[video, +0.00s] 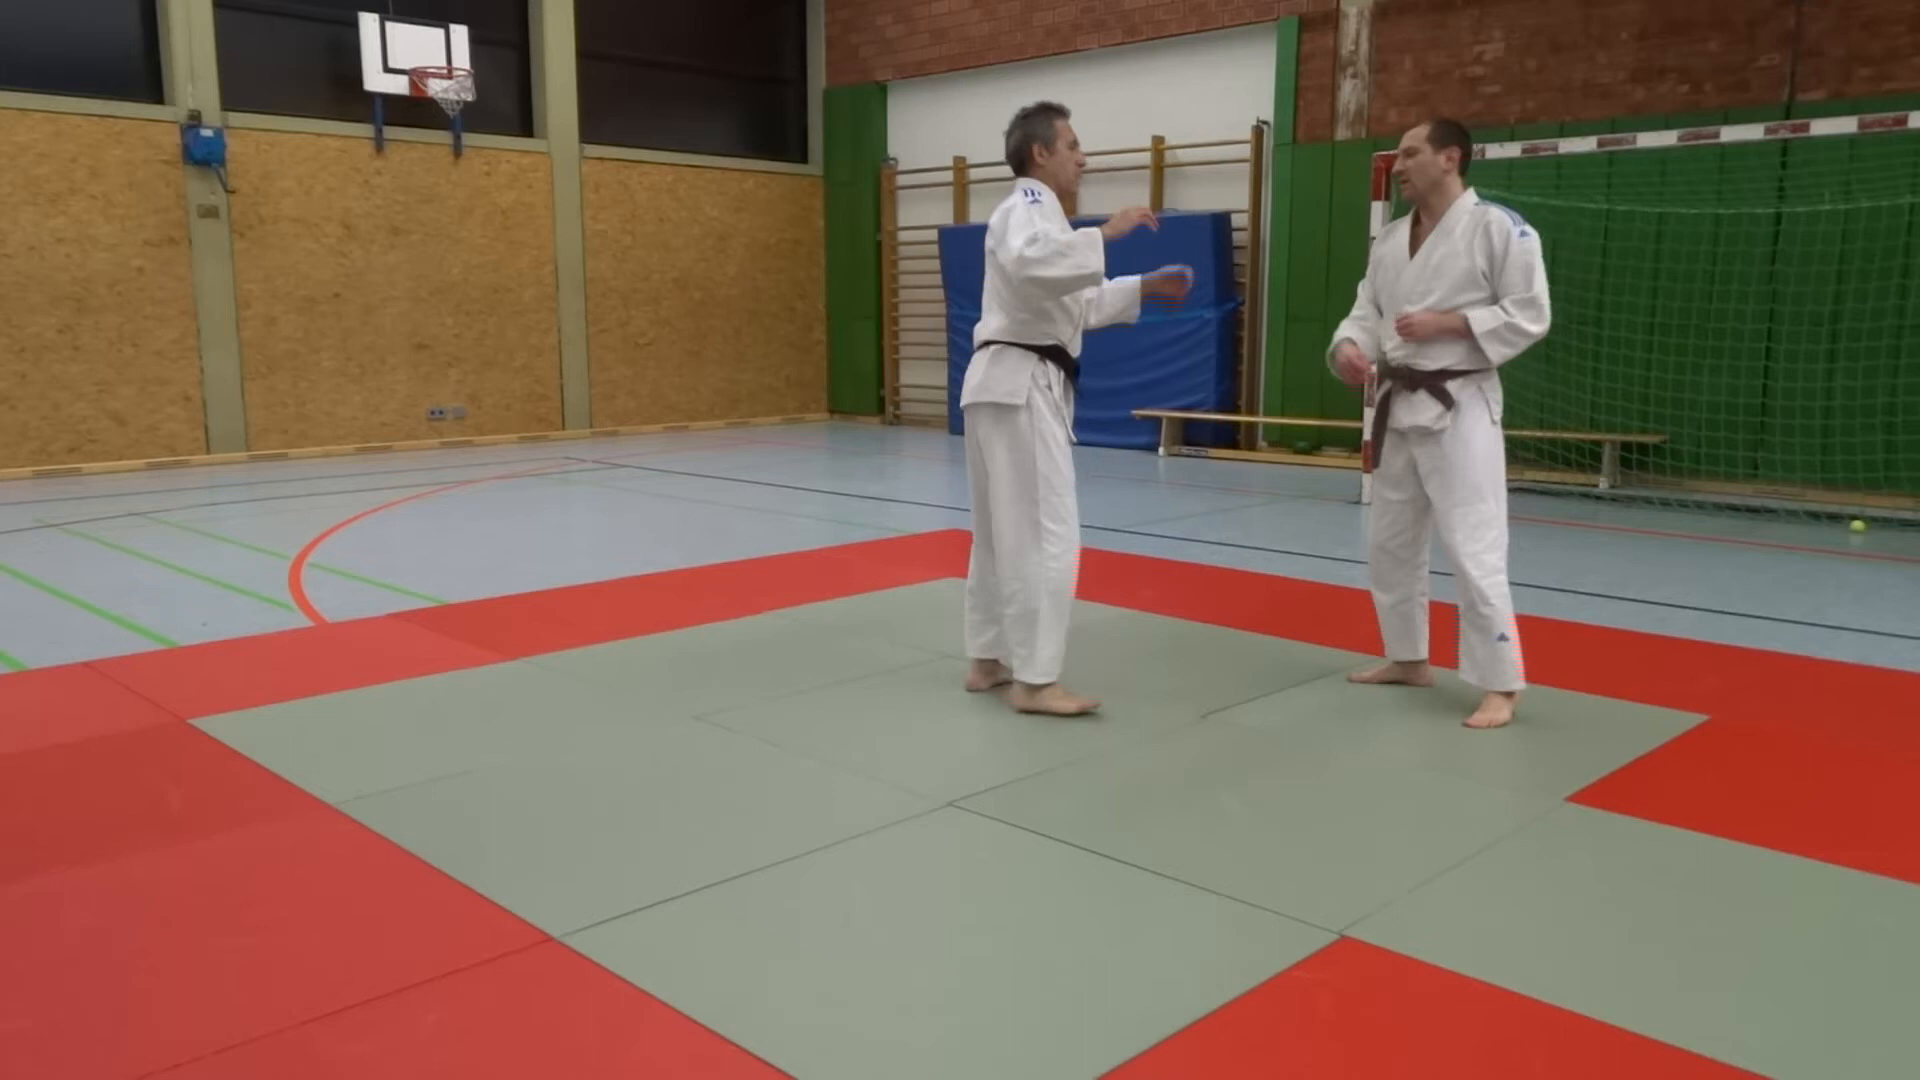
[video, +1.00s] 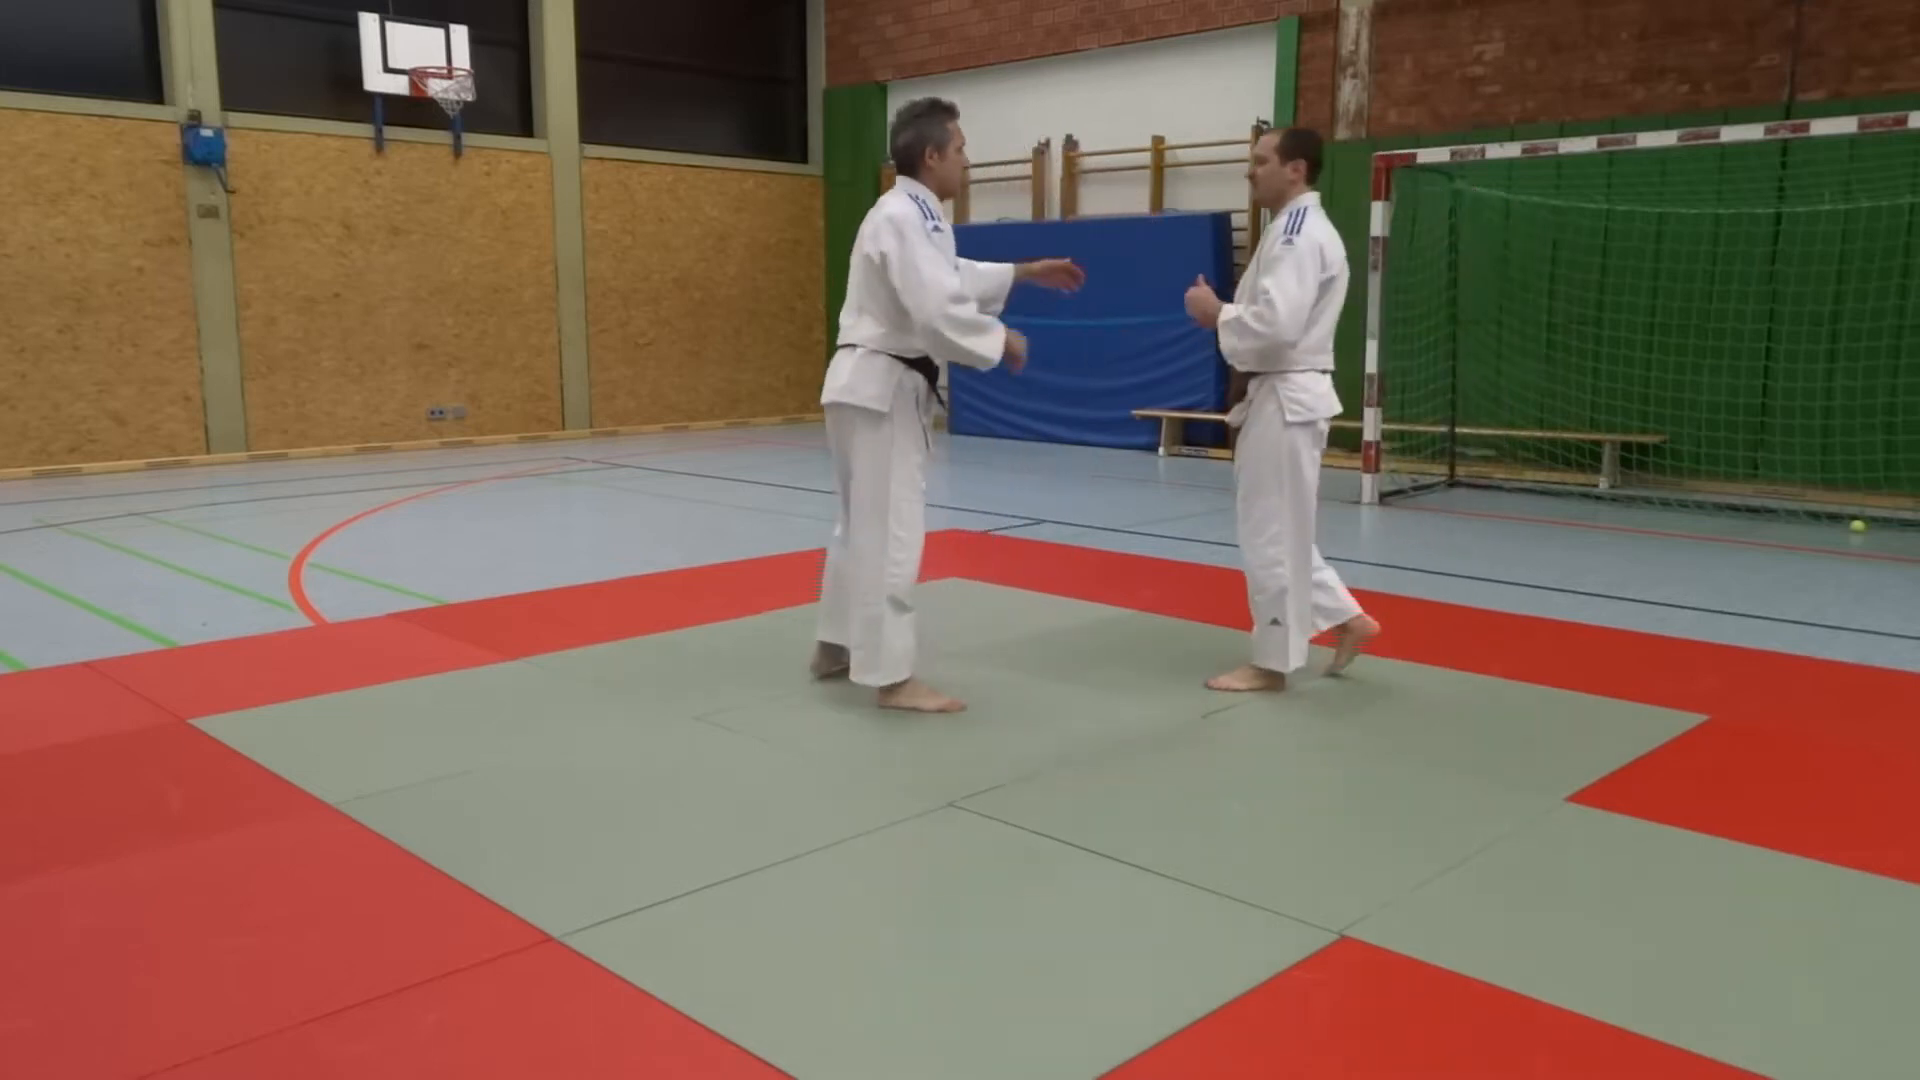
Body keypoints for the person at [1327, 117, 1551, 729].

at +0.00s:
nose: (1398, 165)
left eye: (1411, 154)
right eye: (1398, 156)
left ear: (1451, 160)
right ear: (1404, 166)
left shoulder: (1499, 229)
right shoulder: (1391, 240)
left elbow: (1530, 314)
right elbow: (1366, 314)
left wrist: (1453, 324)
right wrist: (1351, 343)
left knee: (1473, 549)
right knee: (1391, 540)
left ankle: (1501, 689)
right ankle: (1407, 661)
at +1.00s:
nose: (1251, 172)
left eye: (1260, 162)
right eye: (1252, 162)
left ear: (1296, 170)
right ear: (1293, 170)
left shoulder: (1300, 234)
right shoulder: (1299, 227)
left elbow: (1277, 325)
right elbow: (1283, 320)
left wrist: (1217, 314)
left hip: (1286, 397)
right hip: (1292, 394)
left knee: (1267, 529)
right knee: (1278, 523)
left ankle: (1272, 664)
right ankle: (1345, 619)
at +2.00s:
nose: (1063, 183)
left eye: (1071, 173)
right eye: (1064, 173)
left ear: (1104, 176)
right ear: (1106, 180)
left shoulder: (1110, 225)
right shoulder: (1123, 226)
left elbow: (1027, 262)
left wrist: (920, 274)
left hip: (1140, 393)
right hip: (1149, 389)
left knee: (1108, 521)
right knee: (1139, 516)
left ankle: (1100, 657)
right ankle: (1140, 635)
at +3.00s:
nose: (1062, 182)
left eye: (1069, 172)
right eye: (1064, 173)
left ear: (1099, 174)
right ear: (1112, 179)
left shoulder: (1075, 216)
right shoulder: (1153, 234)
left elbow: (998, 226)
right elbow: (1141, 312)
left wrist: (971, 216)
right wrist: (1087, 372)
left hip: (1111, 380)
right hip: (1156, 378)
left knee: (1097, 515)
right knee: (1154, 513)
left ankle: (1101, 650)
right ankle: (1157, 636)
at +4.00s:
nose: (1044, 184)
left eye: (1046, 176)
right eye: (1047, 175)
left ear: (1059, 177)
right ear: (1100, 181)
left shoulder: (1035, 226)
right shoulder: (1136, 237)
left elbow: (966, 250)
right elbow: (1156, 329)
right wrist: (1110, 349)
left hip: (1066, 386)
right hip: (1126, 384)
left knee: (1070, 528)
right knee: (1126, 517)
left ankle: (1098, 664)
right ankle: (1134, 634)